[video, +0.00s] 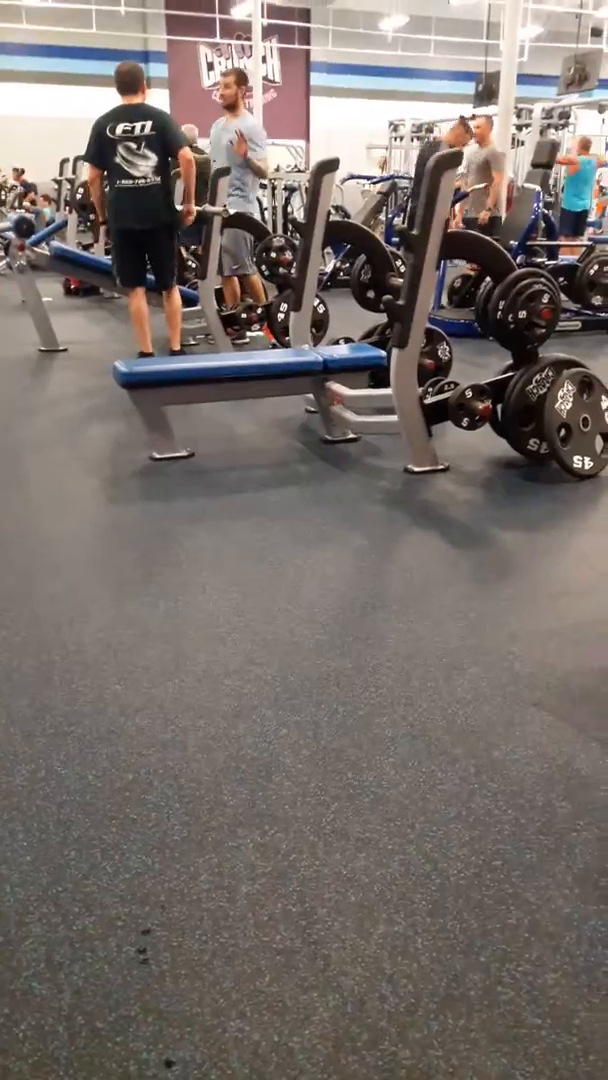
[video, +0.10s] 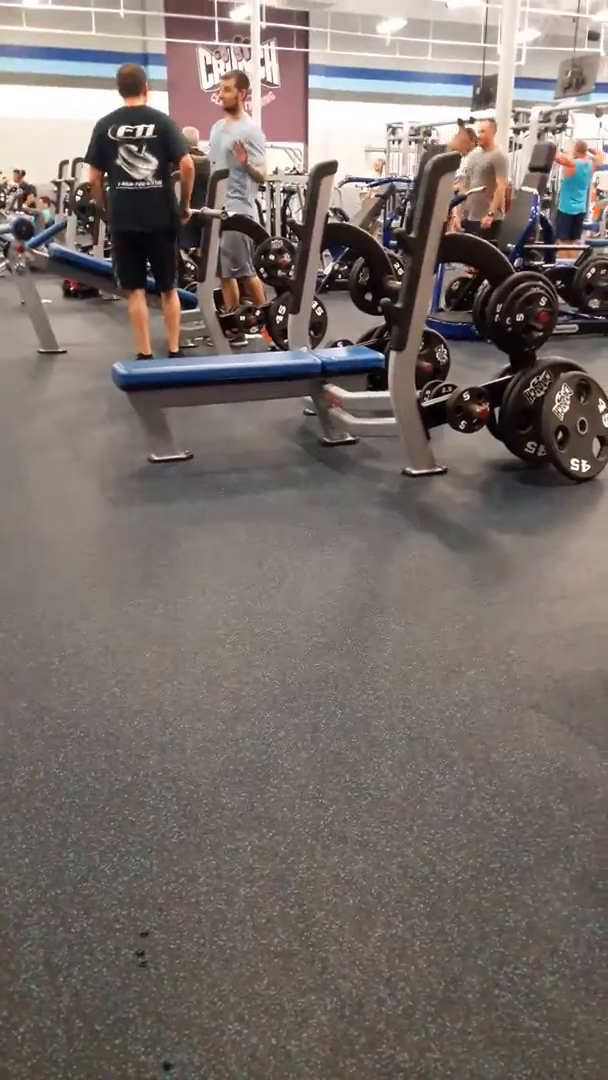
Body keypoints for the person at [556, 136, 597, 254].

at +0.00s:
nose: (576, 147)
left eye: (577, 145)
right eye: (578, 145)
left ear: (579, 147)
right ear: (589, 148)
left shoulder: (573, 160)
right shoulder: (595, 161)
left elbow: (557, 159)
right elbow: (605, 161)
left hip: (570, 205)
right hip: (585, 205)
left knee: (565, 237)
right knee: (577, 238)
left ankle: (564, 264)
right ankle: (575, 264)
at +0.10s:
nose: (573, 151)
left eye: (574, 150)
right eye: (575, 150)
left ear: (575, 151)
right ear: (586, 151)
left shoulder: (570, 163)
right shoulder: (591, 164)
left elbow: (556, 156)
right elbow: (602, 157)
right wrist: (592, 150)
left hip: (566, 207)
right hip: (581, 207)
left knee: (562, 241)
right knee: (574, 241)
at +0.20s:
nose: (573, 153)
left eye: (574, 151)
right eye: (574, 151)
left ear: (574, 152)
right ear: (585, 152)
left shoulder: (571, 163)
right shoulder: (591, 165)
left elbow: (557, 155)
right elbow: (602, 155)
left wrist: (563, 151)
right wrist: (593, 147)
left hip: (566, 208)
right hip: (581, 208)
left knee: (562, 241)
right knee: (574, 242)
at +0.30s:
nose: (569, 154)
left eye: (570, 152)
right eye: (571, 152)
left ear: (571, 153)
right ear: (582, 153)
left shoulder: (568, 164)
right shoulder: (588, 165)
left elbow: (554, 156)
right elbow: (599, 155)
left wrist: (557, 149)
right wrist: (586, 146)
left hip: (564, 208)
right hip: (578, 208)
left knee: (559, 243)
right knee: (572, 242)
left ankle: (562, 269)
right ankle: (573, 268)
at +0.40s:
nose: (568, 155)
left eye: (568, 153)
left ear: (568, 153)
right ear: (579, 154)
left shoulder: (565, 166)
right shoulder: (585, 167)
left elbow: (551, 161)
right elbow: (595, 160)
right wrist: (582, 156)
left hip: (560, 210)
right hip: (575, 210)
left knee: (557, 243)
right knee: (570, 243)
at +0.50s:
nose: (566, 155)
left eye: (566, 153)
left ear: (567, 154)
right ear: (578, 154)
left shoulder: (563, 167)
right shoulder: (583, 168)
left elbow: (548, 166)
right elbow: (594, 168)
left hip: (560, 211)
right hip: (575, 211)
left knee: (556, 244)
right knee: (569, 243)